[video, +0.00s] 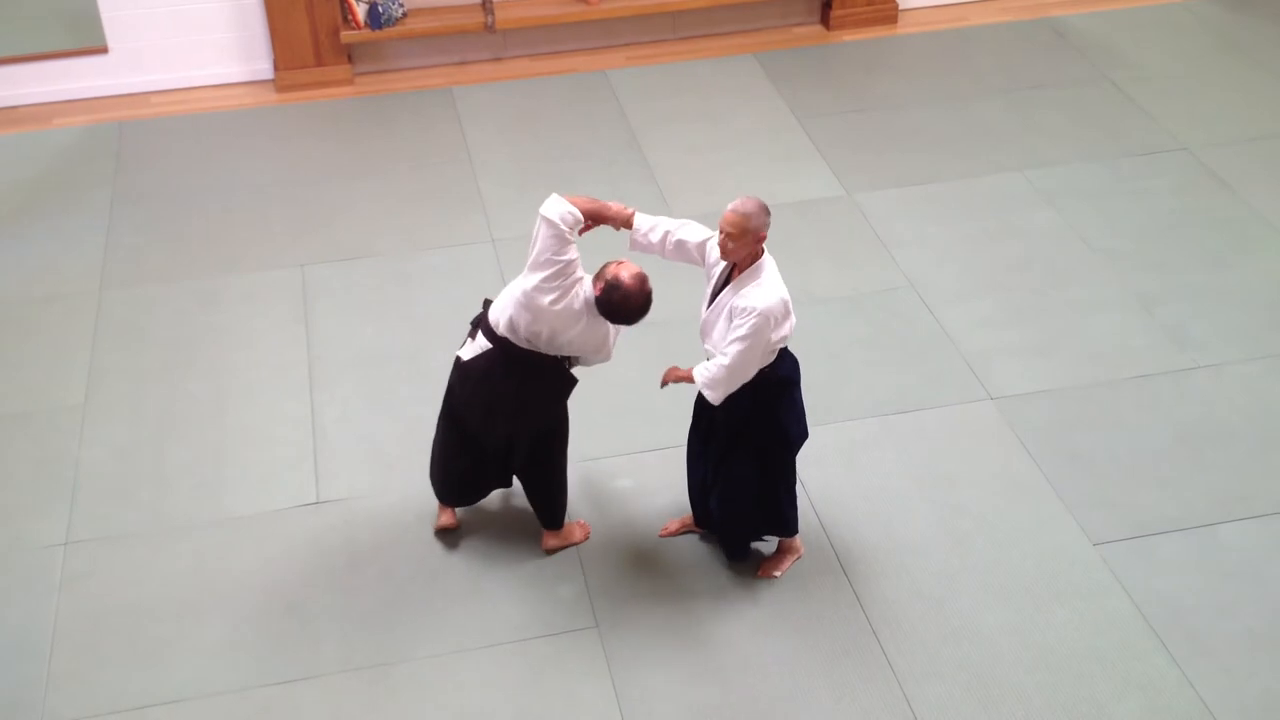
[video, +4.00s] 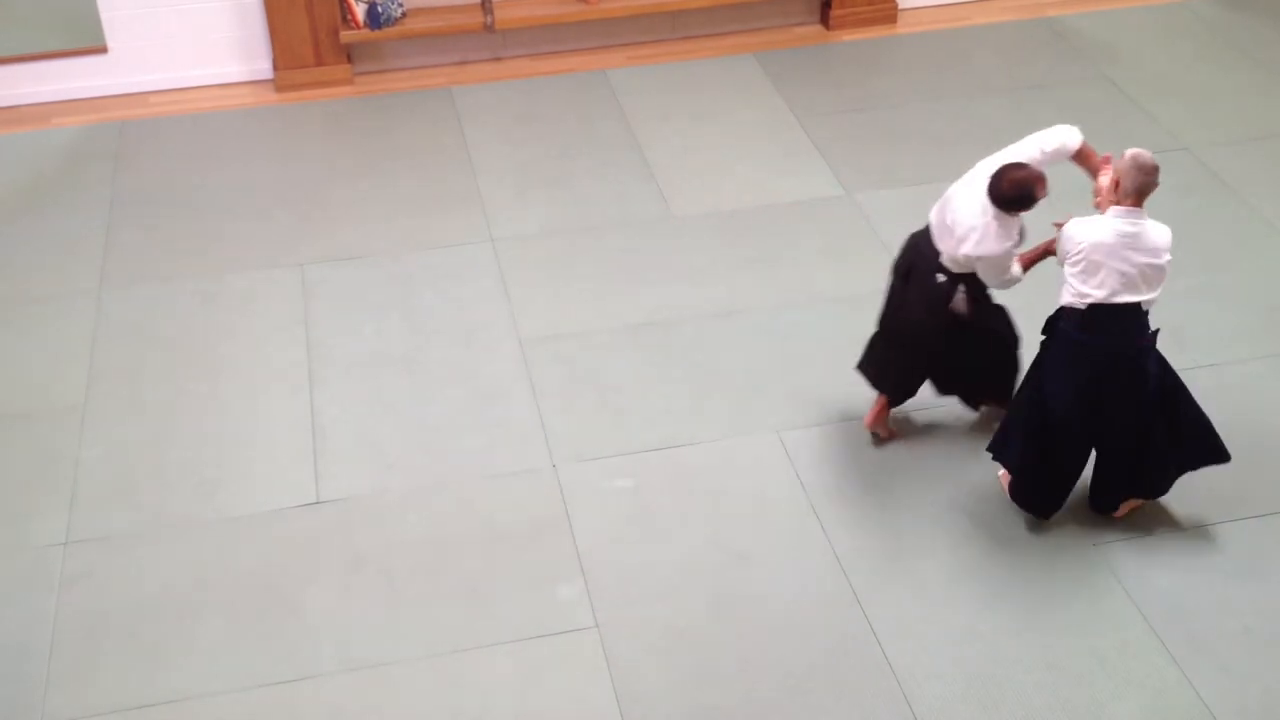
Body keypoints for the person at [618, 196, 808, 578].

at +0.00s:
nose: (719, 242)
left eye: (729, 238)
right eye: (720, 233)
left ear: (757, 244)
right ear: (720, 226)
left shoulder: (763, 302)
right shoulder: (721, 252)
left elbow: (729, 367)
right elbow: (676, 234)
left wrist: (687, 374)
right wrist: (621, 216)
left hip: (763, 388)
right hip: (725, 376)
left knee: (773, 467)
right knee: (707, 449)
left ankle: (789, 543)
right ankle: (706, 515)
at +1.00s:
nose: (803, 224)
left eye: (814, 218)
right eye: (800, 214)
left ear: (837, 223)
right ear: (796, 212)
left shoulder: (847, 281)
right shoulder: (789, 254)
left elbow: (852, 355)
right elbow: (751, 297)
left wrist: (796, 379)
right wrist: (700, 323)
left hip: (821, 391)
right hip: (785, 373)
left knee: (782, 474)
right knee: (792, 441)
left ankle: (782, 555)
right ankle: (838, 474)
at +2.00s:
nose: (961, 184)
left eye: (970, 178)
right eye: (960, 175)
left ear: (997, 181)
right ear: (960, 170)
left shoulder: (1008, 231)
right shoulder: (956, 201)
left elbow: (967, 287)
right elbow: (916, 237)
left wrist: (900, 279)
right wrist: (869, 271)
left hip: (981, 327)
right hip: (939, 314)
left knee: (975, 398)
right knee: (904, 381)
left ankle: (988, 462)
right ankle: (884, 454)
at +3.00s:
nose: (910, 174)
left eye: (919, 169)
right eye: (909, 166)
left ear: (946, 170)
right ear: (908, 162)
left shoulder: (955, 219)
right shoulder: (910, 195)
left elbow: (904, 261)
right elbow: (883, 232)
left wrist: (847, 269)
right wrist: (851, 256)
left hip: (956, 309)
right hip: (914, 301)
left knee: (959, 389)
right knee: (881, 373)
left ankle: (999, 466)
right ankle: (879, 434)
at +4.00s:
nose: (1102, 176)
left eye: (1106, 173)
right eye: (1104, 172)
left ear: (1116, 185)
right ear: (1150, 191)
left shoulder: (1079, 230)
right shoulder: (1161, 237)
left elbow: (1064, 251)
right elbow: (1125, 241)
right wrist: (1109, 209)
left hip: (1077, 336)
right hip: (1131, 339)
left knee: (1052, 409)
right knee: (1132, 419)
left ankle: (1029, 488)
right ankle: (1124, 492)